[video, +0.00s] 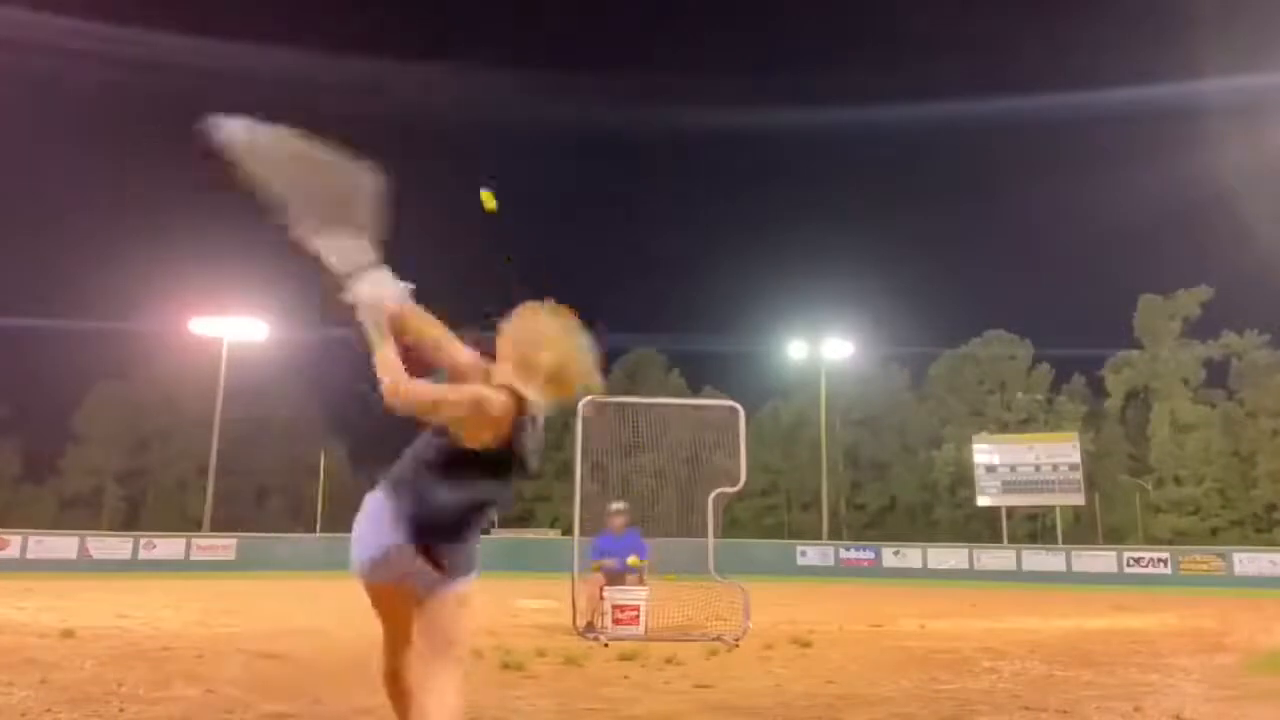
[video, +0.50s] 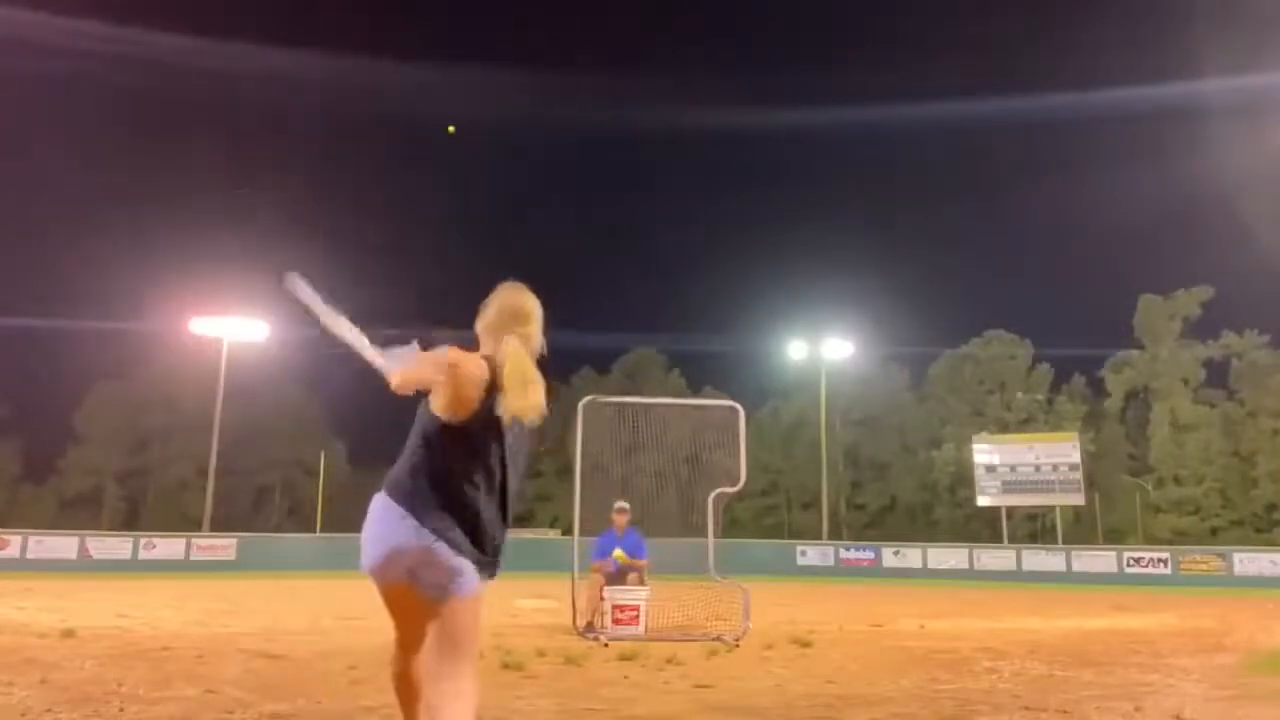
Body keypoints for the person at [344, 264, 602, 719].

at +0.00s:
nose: (503, 328)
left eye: (514, 325)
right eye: (511, 324)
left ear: (520, 349)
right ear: (551, 363)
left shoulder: (487, 401)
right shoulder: (526, 407)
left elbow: (397, 392)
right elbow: (444, 345)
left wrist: (378, 325)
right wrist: (395, 305)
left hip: (394, 521)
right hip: (453, 535)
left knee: (399, 647)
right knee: (442, 662)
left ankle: (412, 714)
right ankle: (431, 714)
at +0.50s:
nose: (539, 338)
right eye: (538, 329)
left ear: (482, 324)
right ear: (535, 335)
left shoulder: (456, 363)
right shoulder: (524, 385)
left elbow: (401, 379)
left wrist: (402, 360)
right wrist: (425, 359)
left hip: (395, 519)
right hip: (452, 540)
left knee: (410, 645)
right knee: (453, 671)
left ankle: (417, 716)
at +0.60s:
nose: (522, 332)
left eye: (522, 321)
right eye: (520, 321)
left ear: (464, 312)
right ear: (511, 325)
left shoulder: (421, 350)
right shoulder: (513, 388)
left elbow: (417, 395)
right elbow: (496, 463)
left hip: (383, 514)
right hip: (444, 536)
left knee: (407, 639)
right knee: (454, 659)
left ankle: (414, 715)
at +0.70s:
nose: (505, 324)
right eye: (503, 315)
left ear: (449, 308)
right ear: (498, 322)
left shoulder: (407, 350)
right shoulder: (500, 381)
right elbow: (498, 445)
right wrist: (502, 468)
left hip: (373, 509)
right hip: (433, 531)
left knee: (407, 635)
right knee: (450, 646)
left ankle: (413, 714)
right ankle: (440, 714)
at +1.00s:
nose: (482, 297)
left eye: (478, 289)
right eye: (475, 289)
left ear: (433, 300)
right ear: (456, 300)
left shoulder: (425, 349)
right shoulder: (436, 354)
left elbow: (483, 412)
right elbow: (441, 444)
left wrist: (538, 436)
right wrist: (521, 448)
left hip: (375, 503)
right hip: (397, 506)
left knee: (416, 626)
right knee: (426, 627)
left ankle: (401, 709)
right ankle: (393, 711)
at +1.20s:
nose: (468, 288)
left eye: (463, 278)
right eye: (458, 279)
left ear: (439, 294)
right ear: (433, 293)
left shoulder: (450, 357)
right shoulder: (398, 343)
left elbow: (487, 431)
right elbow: (385, 429)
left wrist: (495, 394)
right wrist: (464, 396)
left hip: (396, 518)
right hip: (364, 517)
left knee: (415, 647)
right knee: (414, 641)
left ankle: (400, 712)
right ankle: (377, 713)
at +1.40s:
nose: (452, 246)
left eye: (446, 235)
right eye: (438, 234)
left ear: (420, 247)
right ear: (404, 247)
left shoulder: (455, 324)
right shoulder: (370, 305)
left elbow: (473, 400)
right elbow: (328, 395)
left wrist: (447, 355)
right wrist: (397, 341)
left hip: (391, 498)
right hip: (341, 494)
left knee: (371, 634)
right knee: (386, 631)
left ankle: (355, 711)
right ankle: (358, 711)